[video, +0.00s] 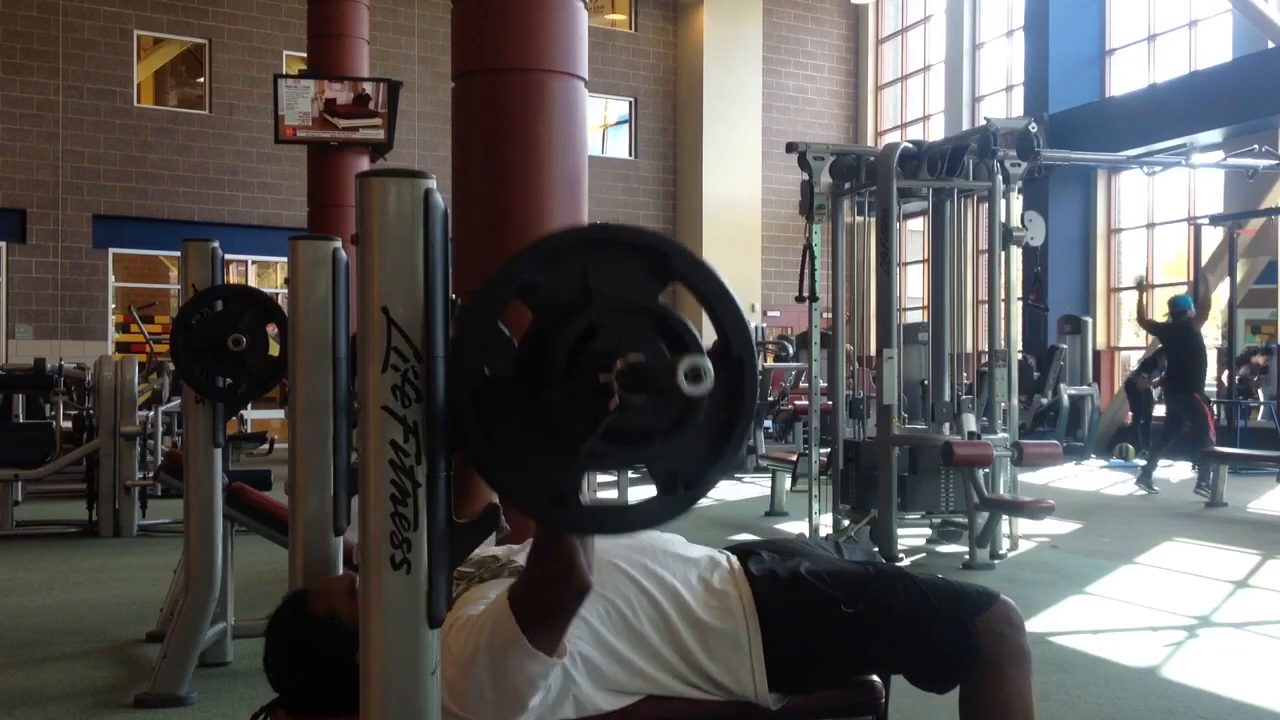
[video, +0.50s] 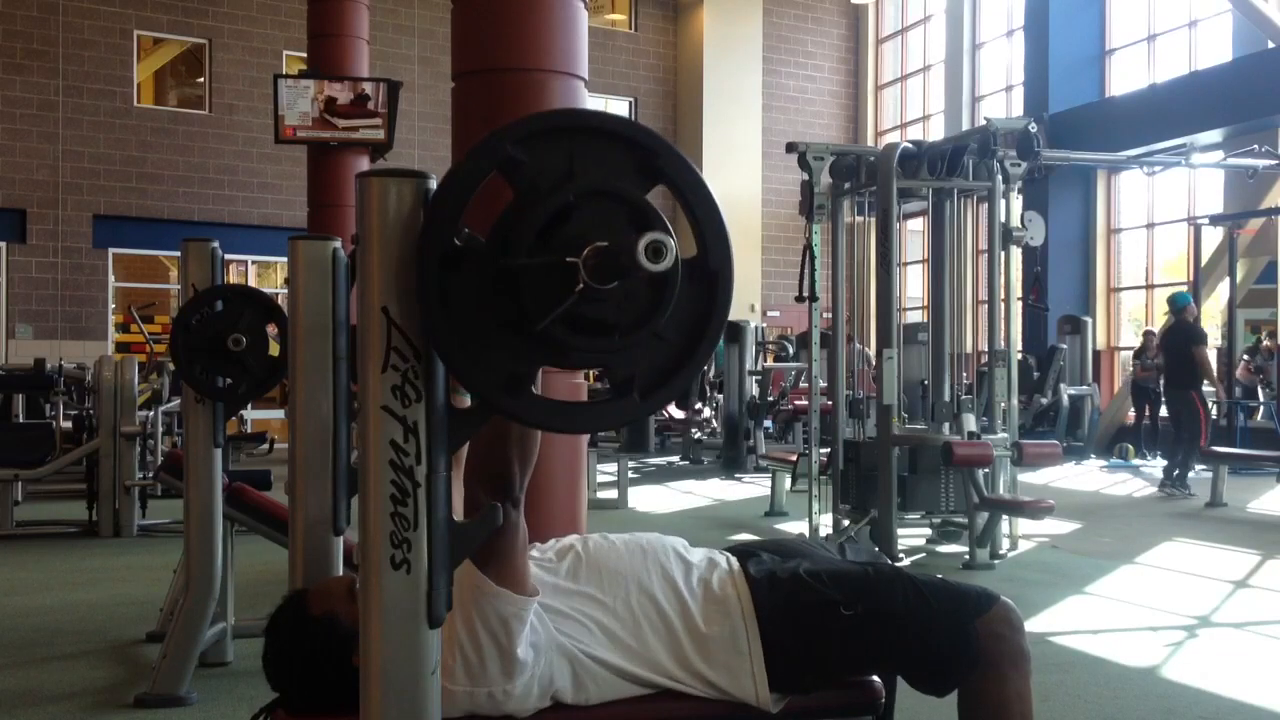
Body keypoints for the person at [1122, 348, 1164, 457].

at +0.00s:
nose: (1165, 362)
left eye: (1166, 359)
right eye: (1164, 358)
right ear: (1159, 356)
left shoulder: (1164, 366)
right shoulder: (1149, 363)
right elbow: (1141, 383)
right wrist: (1159, 381)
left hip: (1146, 386)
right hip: (1134, 385)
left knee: (1147, 417)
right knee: (1138, 417)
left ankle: (1148, 448)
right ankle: (1139, 449)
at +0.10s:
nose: (1162, 355)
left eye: (1164, 353)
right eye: (1160, 352)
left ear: (1166, 353)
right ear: (1154, 351)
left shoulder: (1164, 362)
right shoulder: (1148, 358)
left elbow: (1163, 377)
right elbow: (1139, 379)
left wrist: (1153, 383)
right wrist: (1149, 384)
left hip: (1150, 386)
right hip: (1135, 385)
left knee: (1151, 416)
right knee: (1138, 415)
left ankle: (1149, 447)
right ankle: (1139, 449)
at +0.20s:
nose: (1158, 351)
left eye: (1160, 348)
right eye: (1155, 347)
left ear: (1163, 348)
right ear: (1150, 346)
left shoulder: (1162, 359)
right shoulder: (1144, 359)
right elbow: (1138, 378)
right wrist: (1151, 381)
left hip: (1152, 387)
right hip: (1137, 385)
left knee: (1154, 416)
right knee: (1138, 416)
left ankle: (1151, 446)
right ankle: (1140, 448)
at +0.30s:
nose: (1153, 347)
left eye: (1155, 344)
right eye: (1151, 344)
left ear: (1158, 345)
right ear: (1147, 344)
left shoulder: (1161, 358)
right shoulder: (1141, 357)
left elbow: (1163, 375)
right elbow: (1139, 378)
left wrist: (1152, 381)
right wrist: (1154, 378)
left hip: (1153, 385)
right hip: (1137, 385)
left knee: (1155, 416)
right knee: (1139, 415)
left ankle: (1153, 446)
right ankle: (1140, 448)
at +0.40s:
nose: (1153, 344)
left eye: (1155, 341)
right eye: (1150, 341)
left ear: (1158, 342)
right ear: (1145, 342)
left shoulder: (1161, 355)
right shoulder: (1140, 355)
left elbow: (1165, 373)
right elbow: (1139, 377)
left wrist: (1151, 379)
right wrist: (1155, 376)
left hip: (1155, 385)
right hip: (1139, 385)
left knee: (1155, 417)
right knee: (1139, 416)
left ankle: (1155, 447)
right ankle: (1140, 448)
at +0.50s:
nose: (1150, 341)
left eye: (1152, 339)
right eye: (1147, 339)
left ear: (1156, 340)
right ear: (1143, 340)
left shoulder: (1160, 353)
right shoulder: (1138, 353)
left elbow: (1163, 369)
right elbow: (1137, 374)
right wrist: (1153, 373)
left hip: (1155, 386)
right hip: (1139, 385)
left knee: (1154, 418)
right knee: (1140, 417)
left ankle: (1155, 449)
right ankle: (1140, 449)